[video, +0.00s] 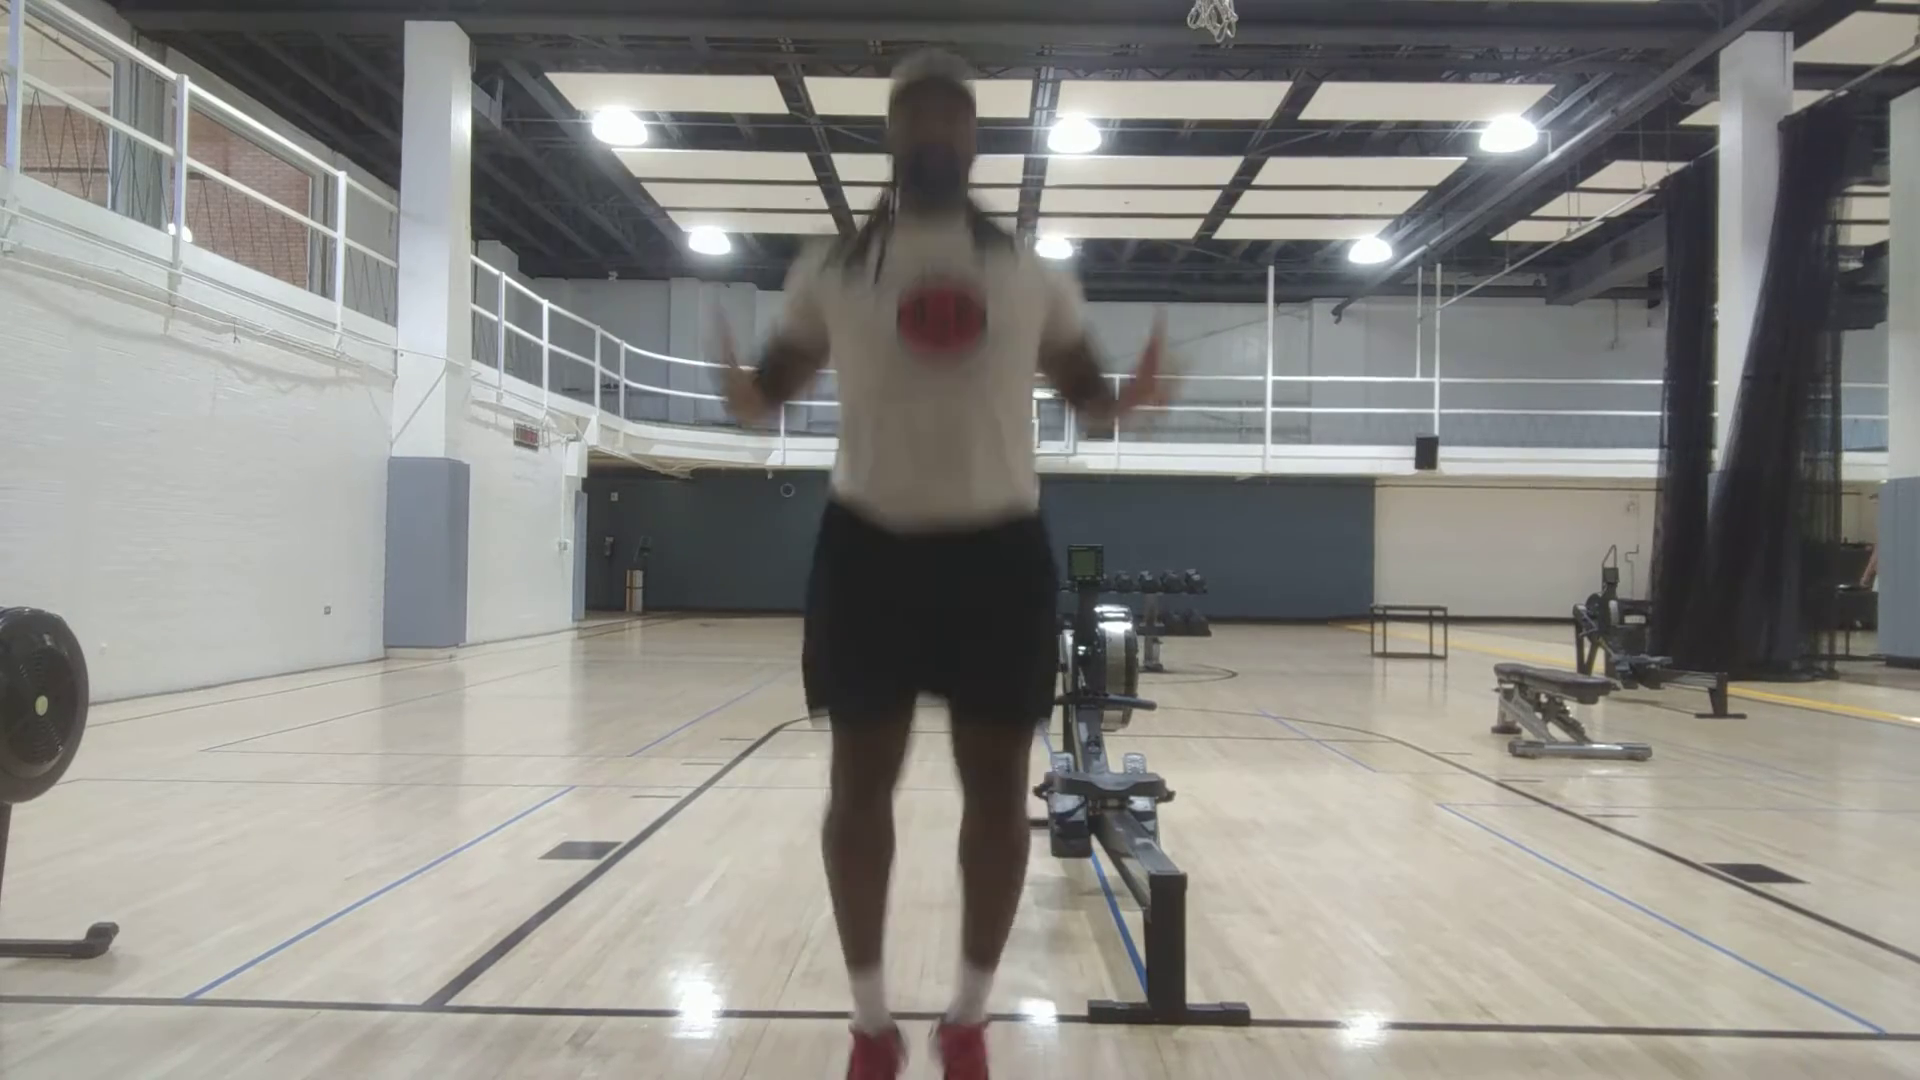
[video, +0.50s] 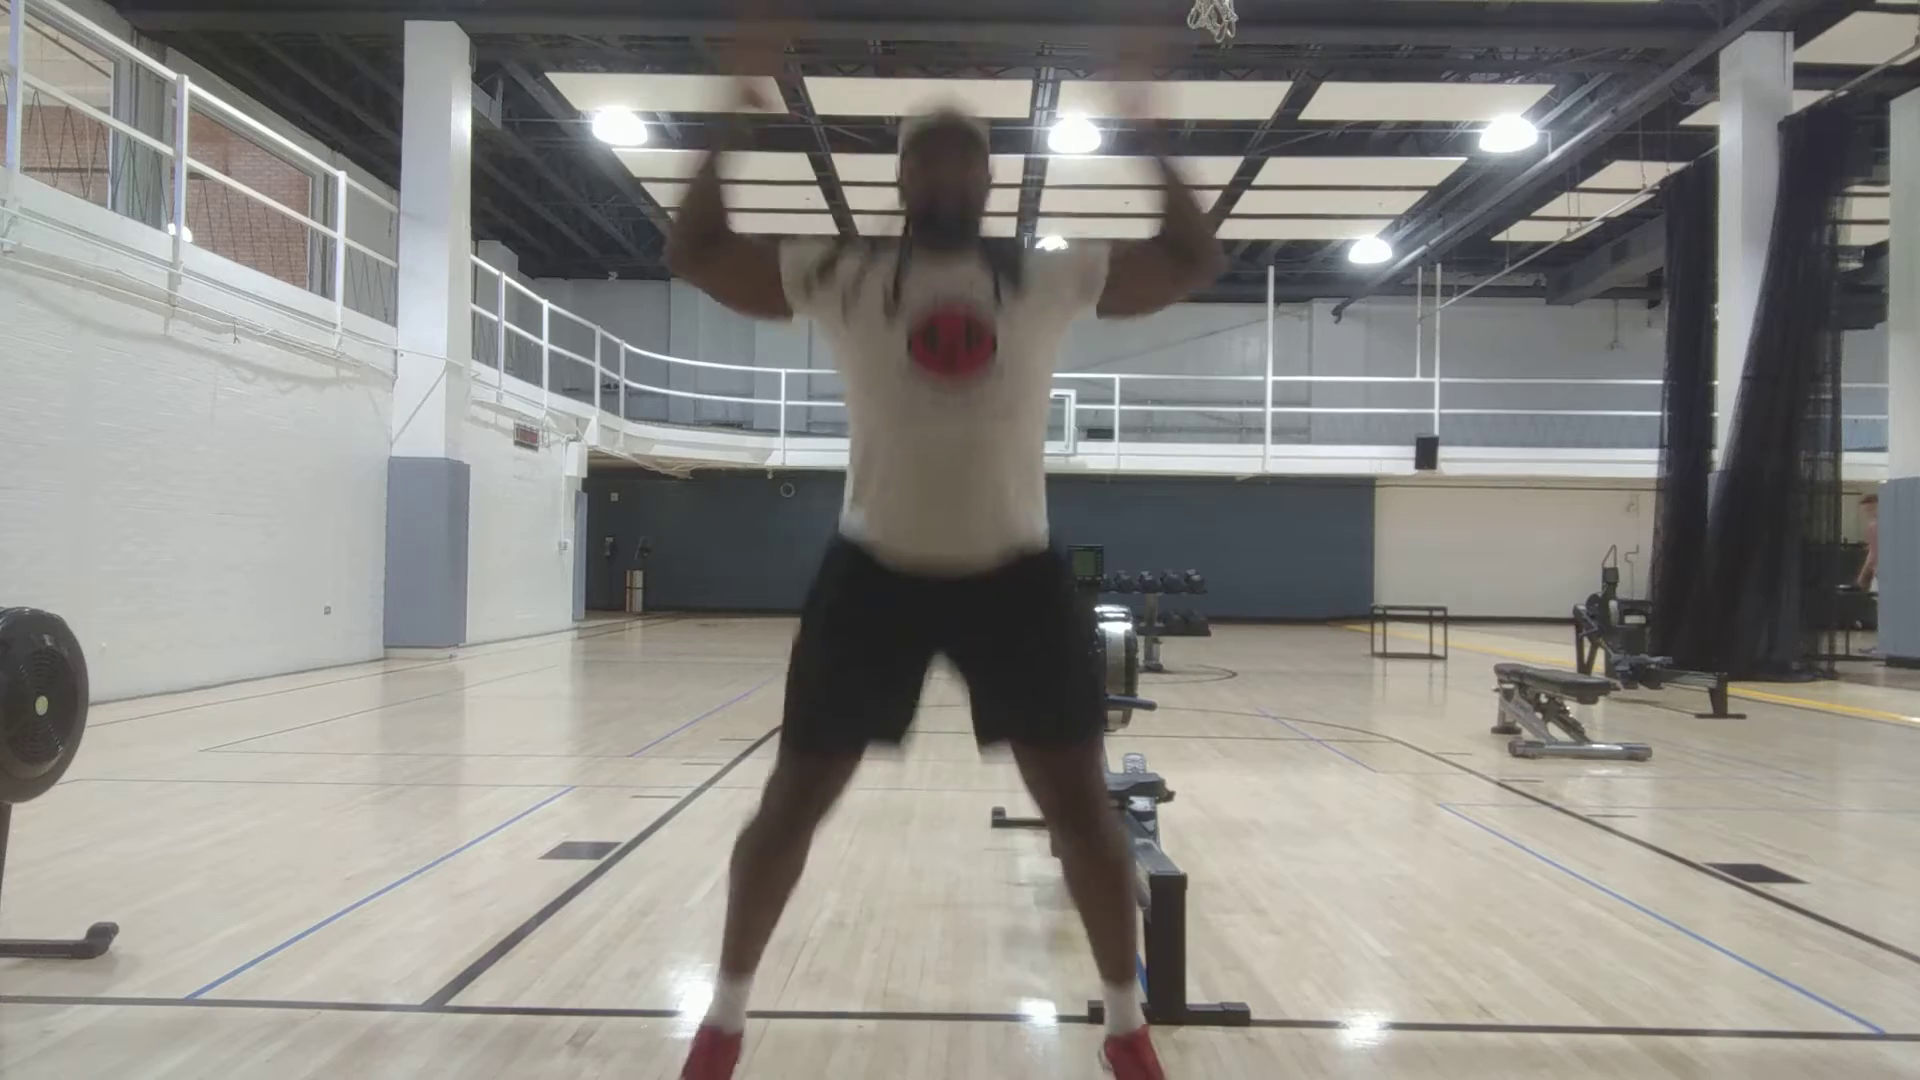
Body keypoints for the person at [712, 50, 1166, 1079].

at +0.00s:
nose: (933, 135)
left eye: (951, 118)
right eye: (916, 118)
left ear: (976, 136)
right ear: (888, 135)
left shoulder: (1030, 270)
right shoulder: (836, 264)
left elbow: (1086, 395)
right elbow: (776, 383)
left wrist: (1129, 396)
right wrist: (751, 387)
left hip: (998, 546)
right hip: (871, 545)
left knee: (998, 792)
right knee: (860, 782)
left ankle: (969, 1016)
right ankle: (869, 1019)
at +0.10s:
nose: (936, 61)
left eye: (955, 46)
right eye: (917, 46)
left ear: (984, 75)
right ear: (888, 74)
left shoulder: (1033, 191)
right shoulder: (839, 195)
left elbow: (1140, 313)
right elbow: (727, 311)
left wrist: (1198, 239)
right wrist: (662, 244)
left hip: (1006, 481)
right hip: (874, 479)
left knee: (1014, 729)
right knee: (846, 724)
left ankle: (1018, 980)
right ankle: (830, 975)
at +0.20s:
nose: (940, 57)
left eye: (959, 41)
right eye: (922, 40)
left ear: (987, 65)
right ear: (892, 64)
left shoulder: (1042, 178)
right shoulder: (839, 179)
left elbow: (1181, 244)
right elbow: (690, 242)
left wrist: (1214, 121)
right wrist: (651, 112)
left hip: (1008, 471)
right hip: (871, 467)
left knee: (1045, 727)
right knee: (817, 721)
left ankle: (1084, 983)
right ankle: (765, 972)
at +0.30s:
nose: (948, 109)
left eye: (964, 94)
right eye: (929, 95)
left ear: (989, 115)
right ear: (898, 119)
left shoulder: (1050, 219)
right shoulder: (840, 225)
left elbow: (1194, 214)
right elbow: (687, 216)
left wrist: (1150, 78)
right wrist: (722, 74)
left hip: (1011, 536)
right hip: (869, 532)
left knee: (1077, 788)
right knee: (790, 779)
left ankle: (1131, 1018)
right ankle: (715, 1012)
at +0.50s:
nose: (947, 175)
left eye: (963, 160)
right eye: (930, 159)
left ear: (989, 183)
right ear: (902, 181)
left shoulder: (1048, 280)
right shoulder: (842, 279)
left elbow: (1190, 261)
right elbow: (697, 253)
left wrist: (1150, 133)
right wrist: (731, 110)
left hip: (1014, 581)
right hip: (873, 578)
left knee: (1082, 811)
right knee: (791, 804)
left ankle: (1127, 1026)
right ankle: (724, 1017)